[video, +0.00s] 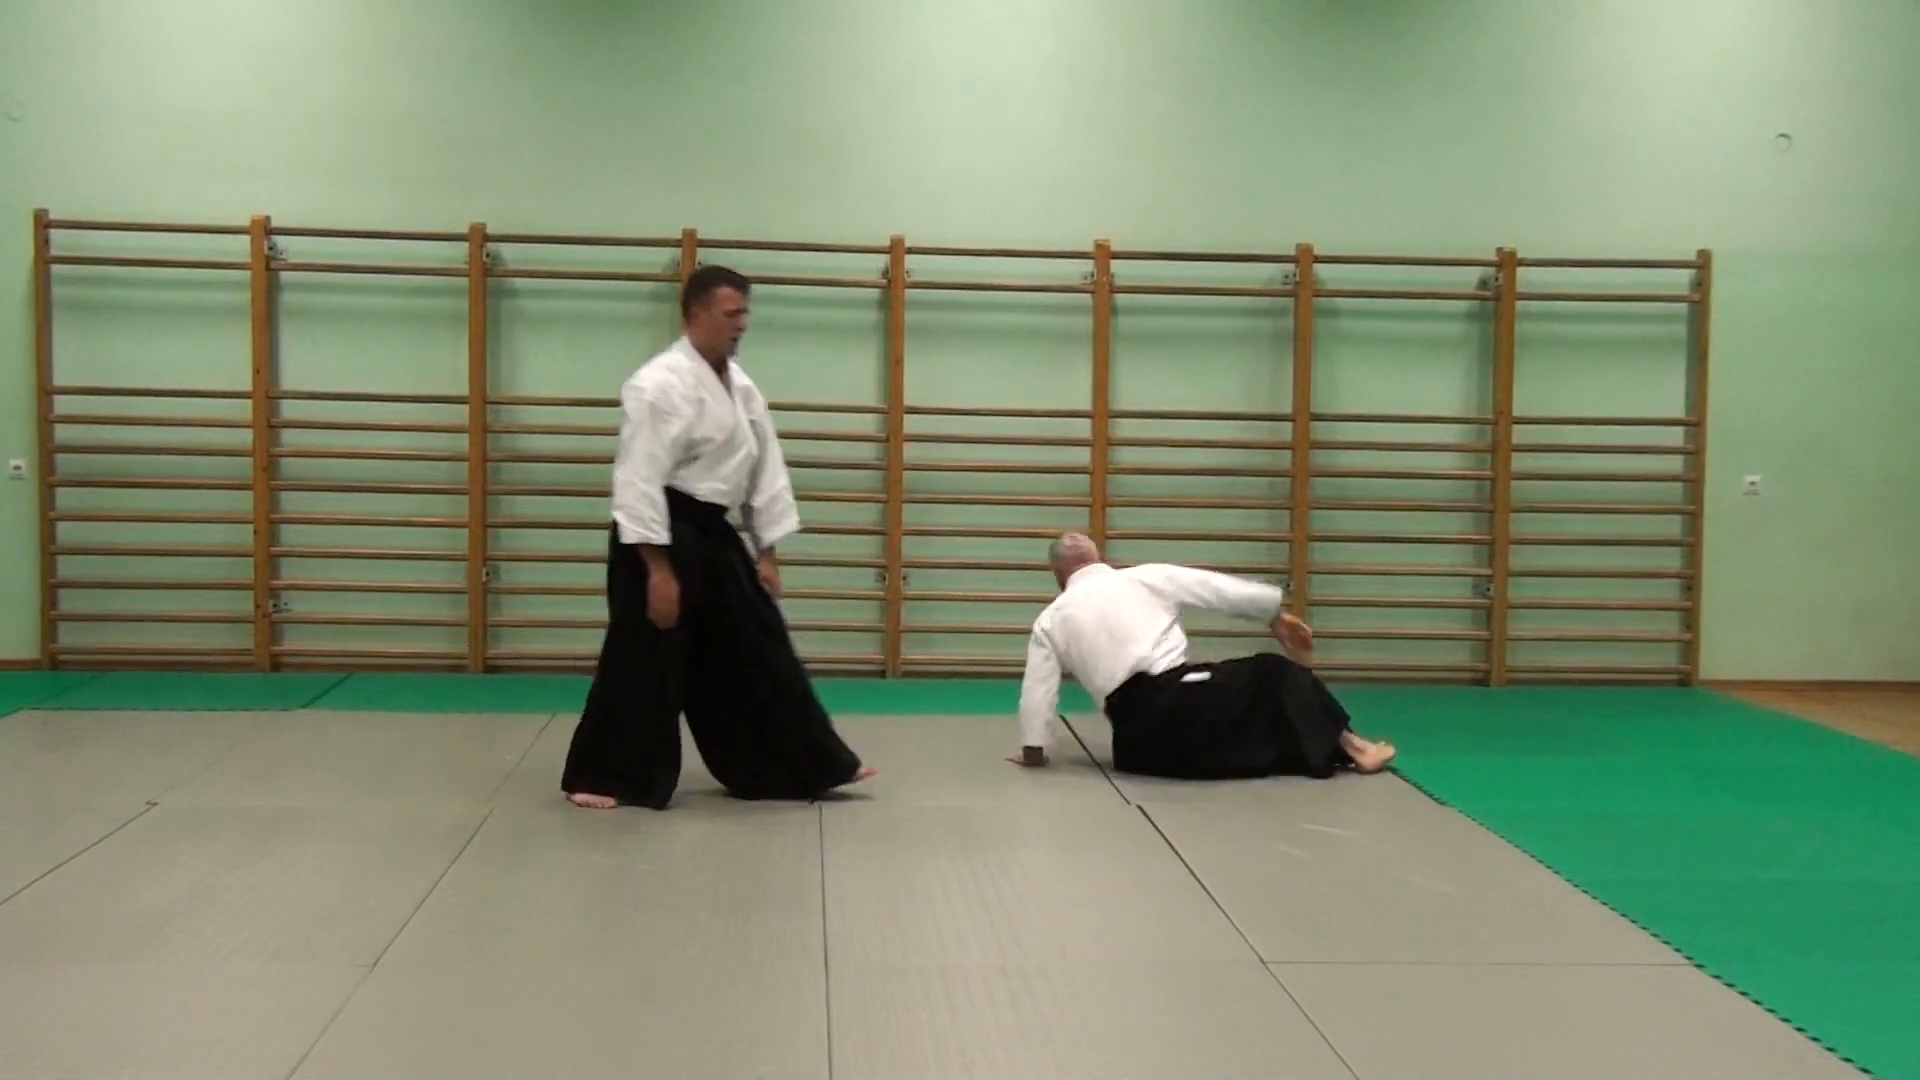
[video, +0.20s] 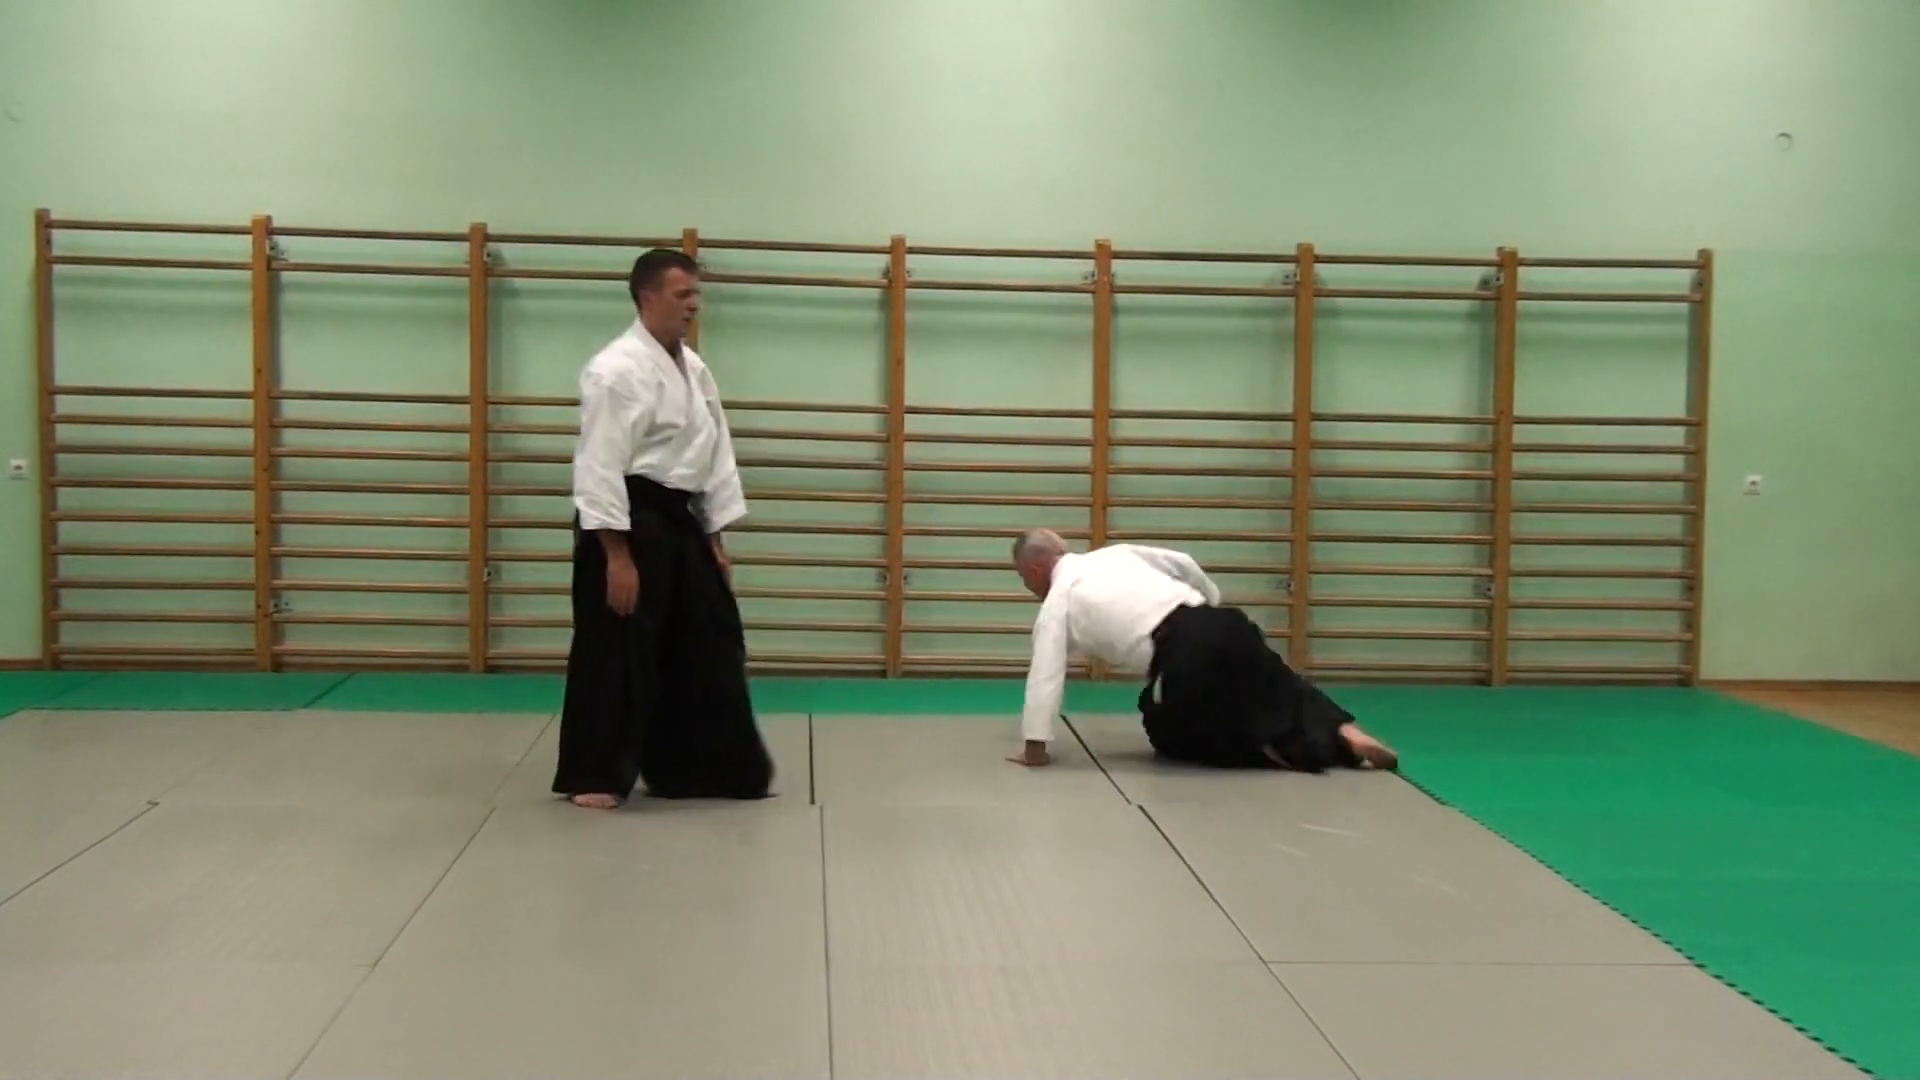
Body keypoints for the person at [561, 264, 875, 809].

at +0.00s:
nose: (743, 324)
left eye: (745, 315)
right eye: (732, 314)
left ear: (739, 318)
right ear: (696, 315)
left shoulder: (740, 387)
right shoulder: (657, 384)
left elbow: (764, 471)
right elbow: (636, 481)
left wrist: (765, 552)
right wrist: (658, 567)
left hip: (717, 533)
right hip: (659, 529)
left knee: (763, 646)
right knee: (639, 657)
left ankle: (817, 761)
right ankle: (595, 776)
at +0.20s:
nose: (694, 306)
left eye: (696, 296)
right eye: (683, 296)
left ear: (677, 301)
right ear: (648, 298)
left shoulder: (693, 368)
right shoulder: (614, 369)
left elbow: (712, 456)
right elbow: (597, 466)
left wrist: (712, 537)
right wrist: (616, 553)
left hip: (682, 518)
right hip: (624, 518)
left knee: (708, 638)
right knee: (613, 647)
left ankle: (721, 768)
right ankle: (592, 775)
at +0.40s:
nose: (670, 299)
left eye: (671, 289)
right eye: (659, 290)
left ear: (664, 293)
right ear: (624, 293)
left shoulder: (672, 364)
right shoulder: (594, 365)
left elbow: (693, 449)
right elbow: (578, 462)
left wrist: (695, 529)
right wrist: (598, 548)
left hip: (662, 514)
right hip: (607, 514)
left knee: (686, 636)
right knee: (602, 643)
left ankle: (683, 767)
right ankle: (591, 775)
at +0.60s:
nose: (658, 296)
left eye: (659, 286)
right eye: (646, 287)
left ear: (653, 293)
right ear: (610, 293)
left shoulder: (660, 363)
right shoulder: (580, 365)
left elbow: (684, 448)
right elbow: (567, 462)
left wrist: (686, 530)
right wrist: (589, 548)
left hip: (652, 515)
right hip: (596, 514)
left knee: (677, 636)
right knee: (594, 643)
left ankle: (678, 767)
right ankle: (586, 775)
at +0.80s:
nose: (655, 295)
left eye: (655, 285)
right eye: (643, 286)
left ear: (649, 292)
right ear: (606, 293)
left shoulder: (656, 362)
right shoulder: (574, 365)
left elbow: (683, 445)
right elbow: (562, 463)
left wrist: (685, 529)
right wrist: (586, 548)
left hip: (650, 515)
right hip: (593, 515)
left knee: (672, 638)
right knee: (592, 644)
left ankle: (678, 768)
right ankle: (585, 776)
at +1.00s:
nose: (652, 296)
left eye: (653, 286)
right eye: (641, 287)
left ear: (648, 293)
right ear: (605, 293)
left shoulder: (654, 364)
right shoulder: (572, 365)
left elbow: (683, 447)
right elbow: (558, 462)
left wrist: (686, 529)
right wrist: (582, 548)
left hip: (647, 516)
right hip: (591, 516)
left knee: (670, 638)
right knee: (590, 645)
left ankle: (678, 769)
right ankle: (582, 776)